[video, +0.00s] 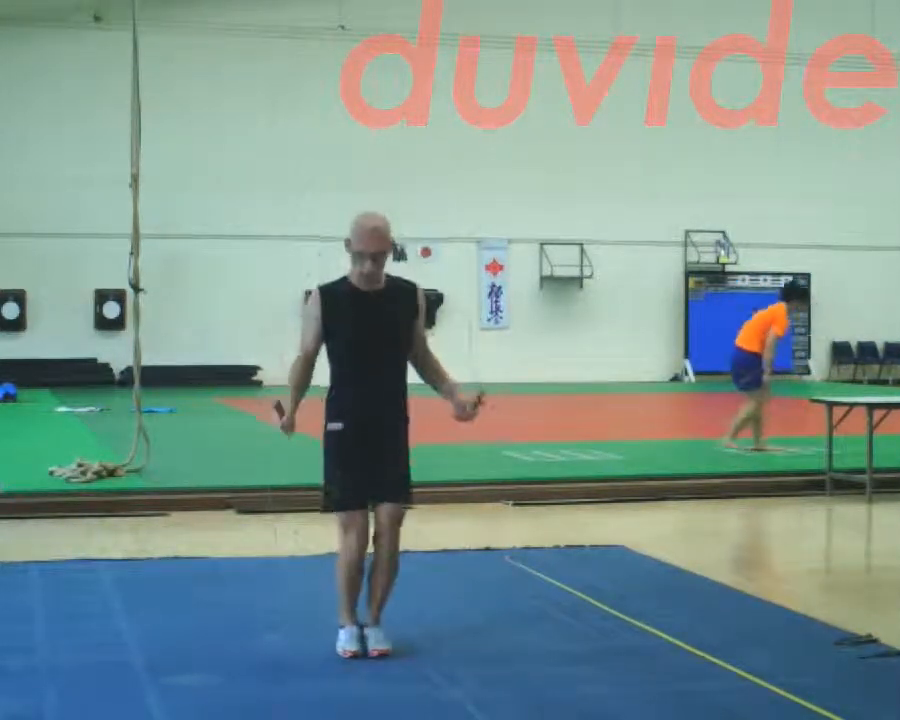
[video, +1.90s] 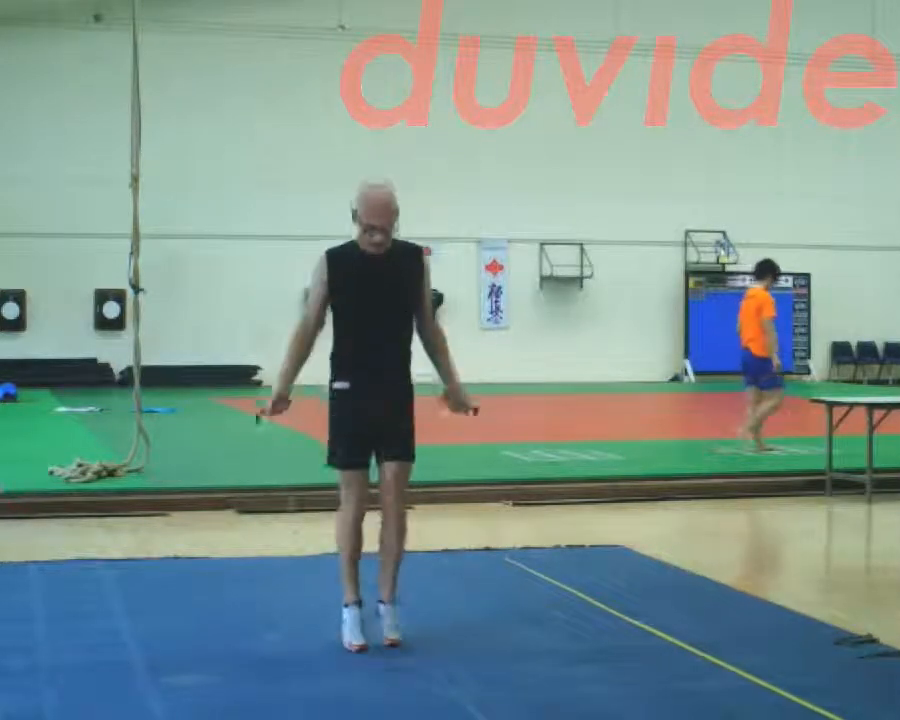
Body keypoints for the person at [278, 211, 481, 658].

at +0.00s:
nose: (371, 267)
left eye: (379, 257)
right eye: (362, 257)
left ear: (391, 251)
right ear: (347, 251)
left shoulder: (410, 296)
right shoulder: (323, 300)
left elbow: (420, 354)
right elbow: (306, 357)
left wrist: (454, 394)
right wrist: (291, 403)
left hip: (392, 424)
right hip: (345, 425)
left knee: (389, 525)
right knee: (354, 529)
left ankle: (373, 623)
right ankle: (348, 624)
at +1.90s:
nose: (377, 238)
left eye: (385, 229)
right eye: (369, 229)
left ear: (397, 221)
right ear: (355, 219)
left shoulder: (414, 260)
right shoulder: (332, 263)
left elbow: (429, 328)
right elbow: (309, 327)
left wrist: (452, 384)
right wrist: (284, 385)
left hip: (396, 391)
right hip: (350, 393)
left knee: (395, 497)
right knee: (354, 499)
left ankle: (386, 603)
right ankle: (353, 605)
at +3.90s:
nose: (375, 208)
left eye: (384, 200)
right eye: (367, 199)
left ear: (397, 201)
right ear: (355, 201)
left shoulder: (417, 250)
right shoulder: (333, 253)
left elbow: (432, 313)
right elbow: (313, 316)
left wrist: (465, 360)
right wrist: (290, 369)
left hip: (395, 370)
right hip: (348, 370)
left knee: (396, 458)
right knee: (360, 460)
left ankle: (388, 570)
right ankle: (356, 573)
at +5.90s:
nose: (352, 199)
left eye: (360, 190)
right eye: (344, 190)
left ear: (374, 193)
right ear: (333, 193)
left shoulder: (394, 242)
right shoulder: (313, 245)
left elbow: (406, 312)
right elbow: (295, 312)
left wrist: (438, 359)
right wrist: (273, 365)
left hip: (378, 373)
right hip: (332, 374)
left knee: (378, 473)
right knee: (337, 474)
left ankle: (370, 580)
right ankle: (336, 582)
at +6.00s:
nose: (352, 189)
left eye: (361, 181)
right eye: (344, 181)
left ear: (374, 182)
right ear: (332, 181)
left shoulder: (395, 229)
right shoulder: (311, 233)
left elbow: (413, 295)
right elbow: (294, 299)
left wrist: (442, 346)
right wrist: (274, 354)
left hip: (375, 353)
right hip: (328, 354)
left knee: (377, 455)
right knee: (340, 458)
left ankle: (366, 556)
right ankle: (339, 555)